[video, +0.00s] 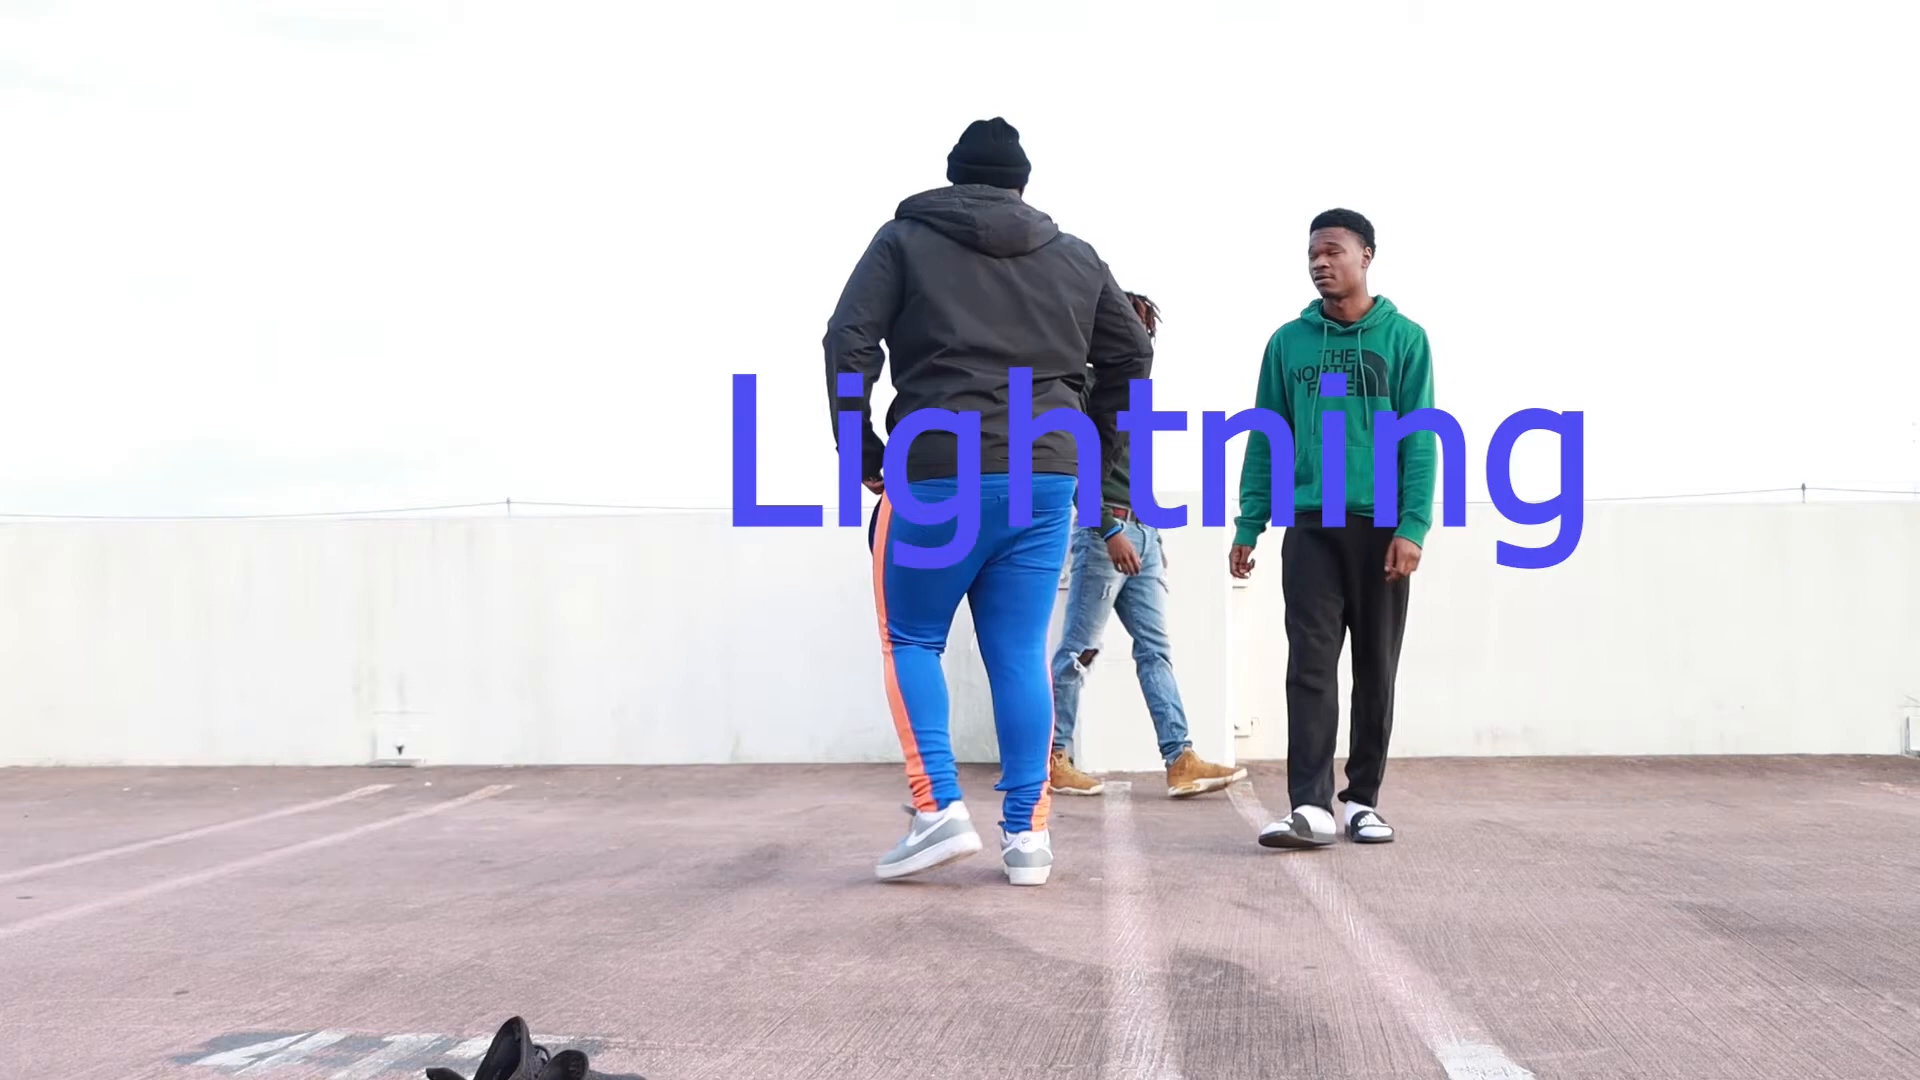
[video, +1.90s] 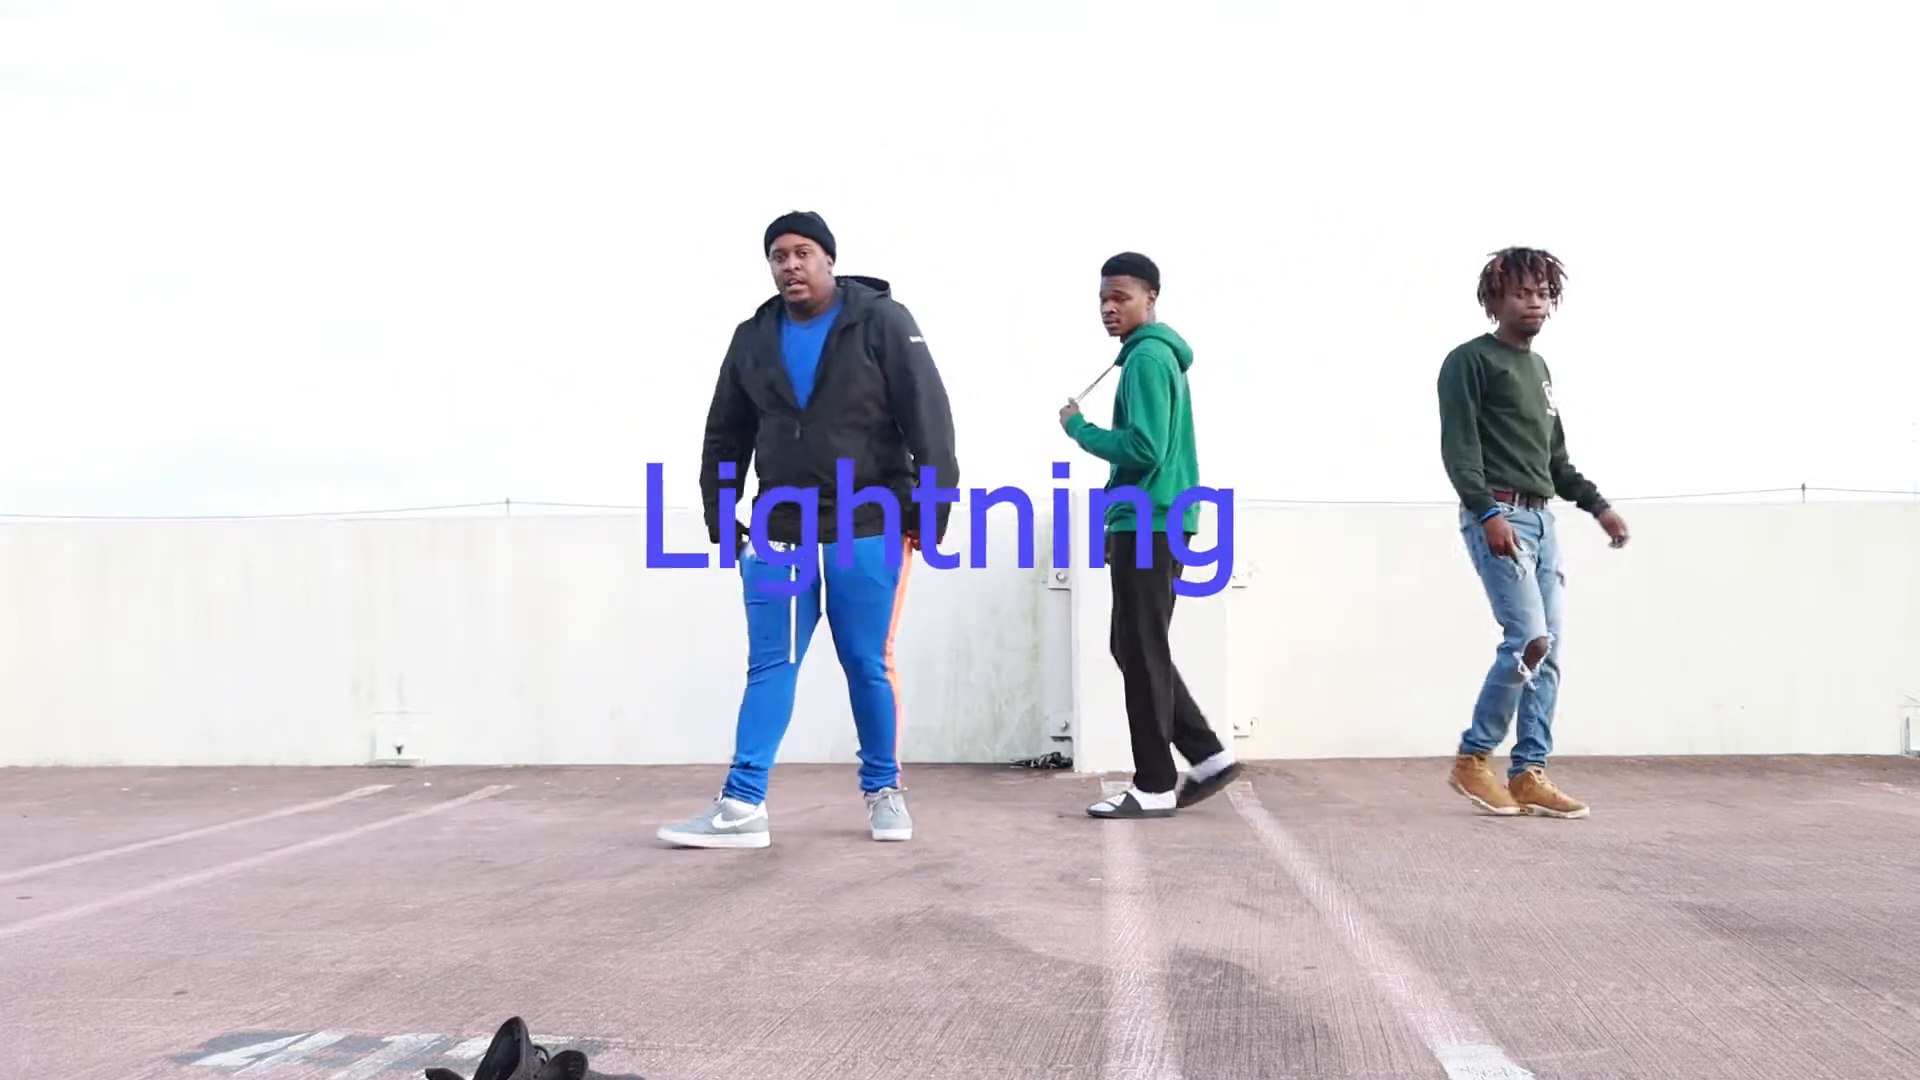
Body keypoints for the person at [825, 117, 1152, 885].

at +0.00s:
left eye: (967, 174)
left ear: (952, 176)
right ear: (1022, 182)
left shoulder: (905, 240)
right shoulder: (1075, 256)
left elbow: (849, 339)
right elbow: (1128, 352)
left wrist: (862, 453)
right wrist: (1089, 437)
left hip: (939, 466)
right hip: (1046, 469)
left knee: (915, 637)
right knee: (1022, 651)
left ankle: (938, 808)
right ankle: (1025, 835)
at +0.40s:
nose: (881, 221)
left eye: (873, 208)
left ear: (867, 212)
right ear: (933, 212)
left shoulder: (827, 285)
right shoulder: (991, 285)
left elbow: (790, 394)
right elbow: (1038, 394)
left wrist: (811, 505)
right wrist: (1015, 492)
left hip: (874, 503)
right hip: (977, 502)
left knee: (873, 662)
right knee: (976, 655)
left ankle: (868, 822)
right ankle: (1016, 808)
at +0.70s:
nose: (807, 225)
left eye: (801, 215)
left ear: (802, 217)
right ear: (865, 214)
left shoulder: (778, 286)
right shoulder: (924, 283)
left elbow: (744, 404)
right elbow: (962, 389)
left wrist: (756, 509)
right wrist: (937, 470)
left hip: (836, 495)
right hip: (926, 496)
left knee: (848, 656)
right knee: (898, 640)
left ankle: (866, 820)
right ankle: (937, 783)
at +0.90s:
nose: (758, 234)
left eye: (761, 223)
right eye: (760, 223)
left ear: (780, 223)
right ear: (825, 225)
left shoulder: (769, 286)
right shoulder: (881, 290)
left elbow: (763, 401)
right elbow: (916, 396)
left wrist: (771, 509)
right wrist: (900, 480)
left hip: (823, 500)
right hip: (895, 501)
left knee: (830, 655)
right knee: (839, 650)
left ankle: (863, 818)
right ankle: (825, 795)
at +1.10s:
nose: (721, 251)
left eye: (730, 238)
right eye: (720, 240)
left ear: (772, 238)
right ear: (772, 243)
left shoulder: (774, 293)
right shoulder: (812, 293)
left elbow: (804, 397)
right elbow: (841, 403)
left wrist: (807, 507)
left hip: (822, 504)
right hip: (838, 498)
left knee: (809, 657)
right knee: (778, 655)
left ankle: (860, 816)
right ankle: (746, 800)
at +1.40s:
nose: (703, 259)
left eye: (713, 245)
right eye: (693, 252)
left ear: (747, 247)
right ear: (690, 265)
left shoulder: (790, 290)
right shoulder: (711, 327)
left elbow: (850, 381)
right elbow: (729, 420)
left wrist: (876, 490)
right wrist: (739, 503)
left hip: (810, 502)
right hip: (752, 512)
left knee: (807, 645)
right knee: (746, 654)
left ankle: (865, 804)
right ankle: (738, 808)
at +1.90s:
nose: (790, 265)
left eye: (802, 253)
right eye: (780, 257)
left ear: (830, 258)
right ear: (770, 269)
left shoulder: (881, 321)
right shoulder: (755, 335)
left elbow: (929, 413)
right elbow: (725, 431)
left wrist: (933, 508)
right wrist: (722, 513)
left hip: (867, 519)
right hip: (778, 523)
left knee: (866, 660)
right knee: (769, 661)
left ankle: (884, 792)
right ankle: (742, 802)